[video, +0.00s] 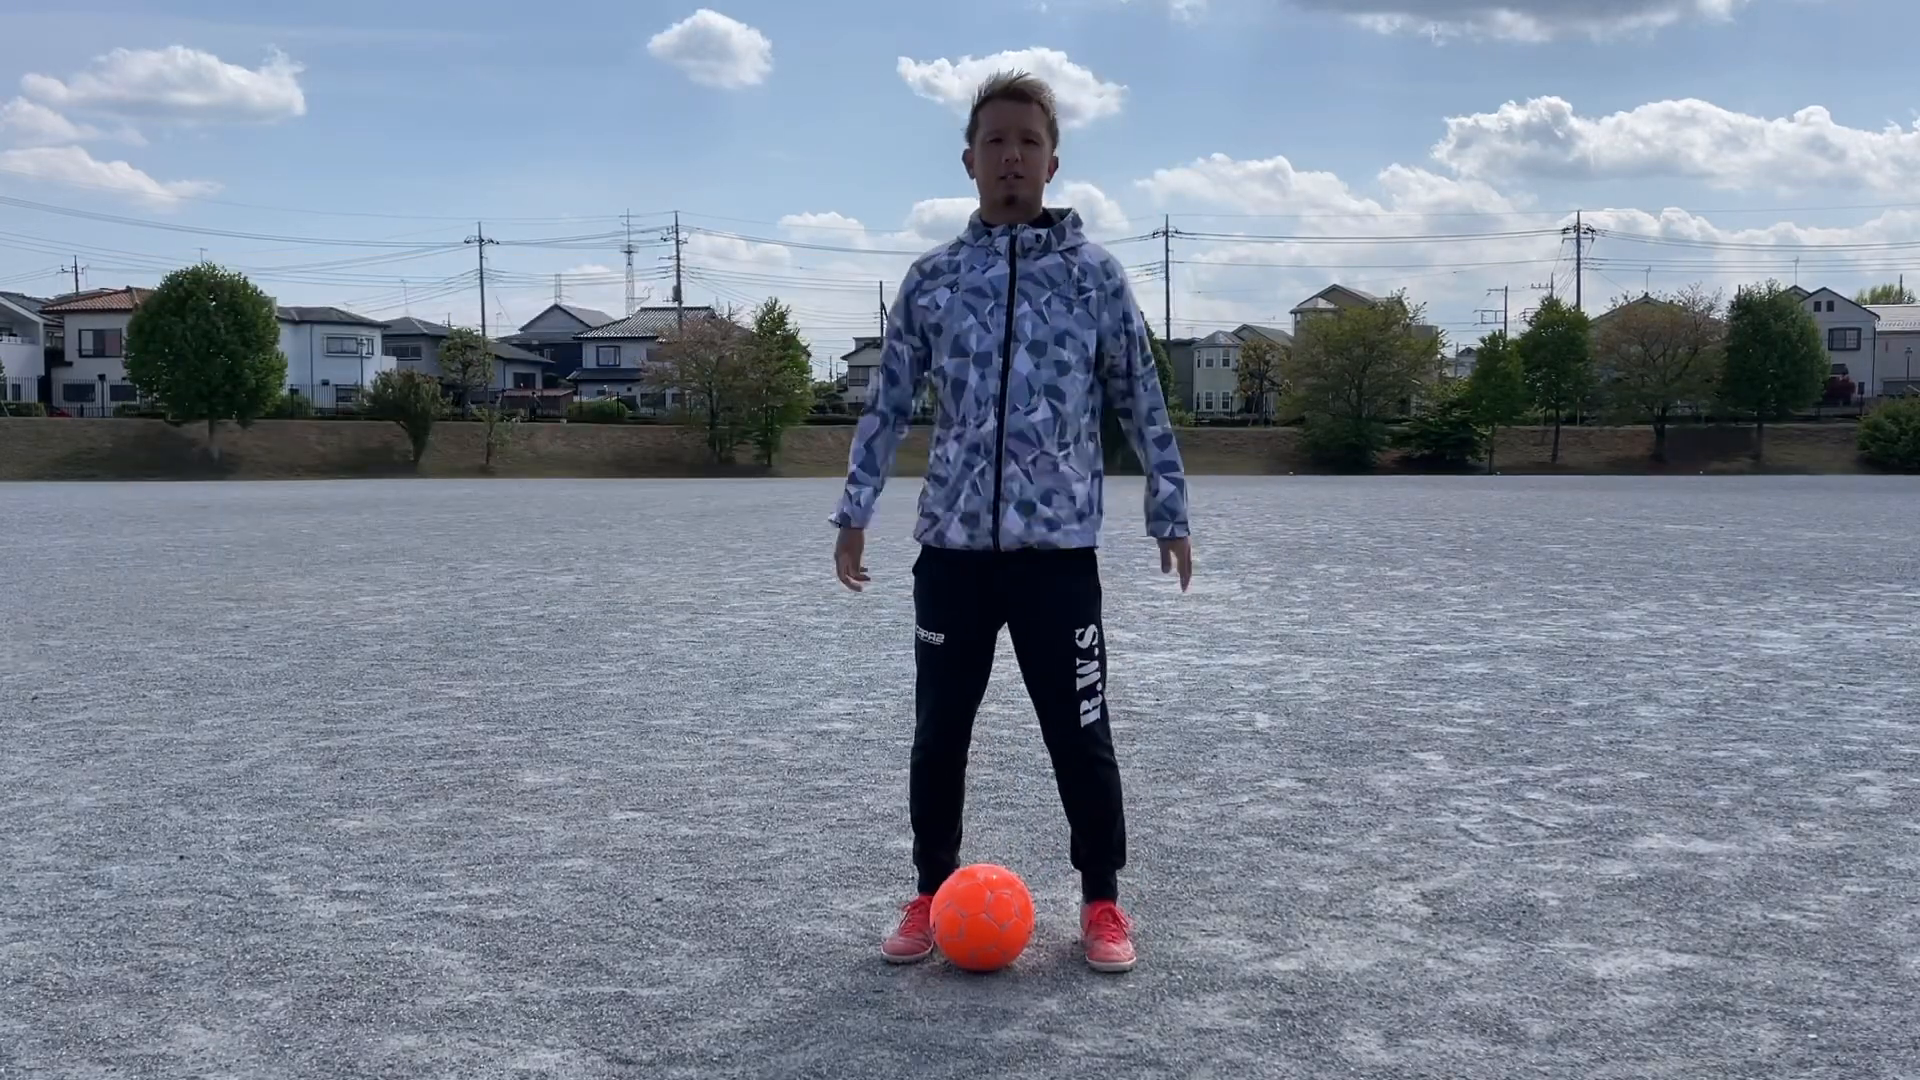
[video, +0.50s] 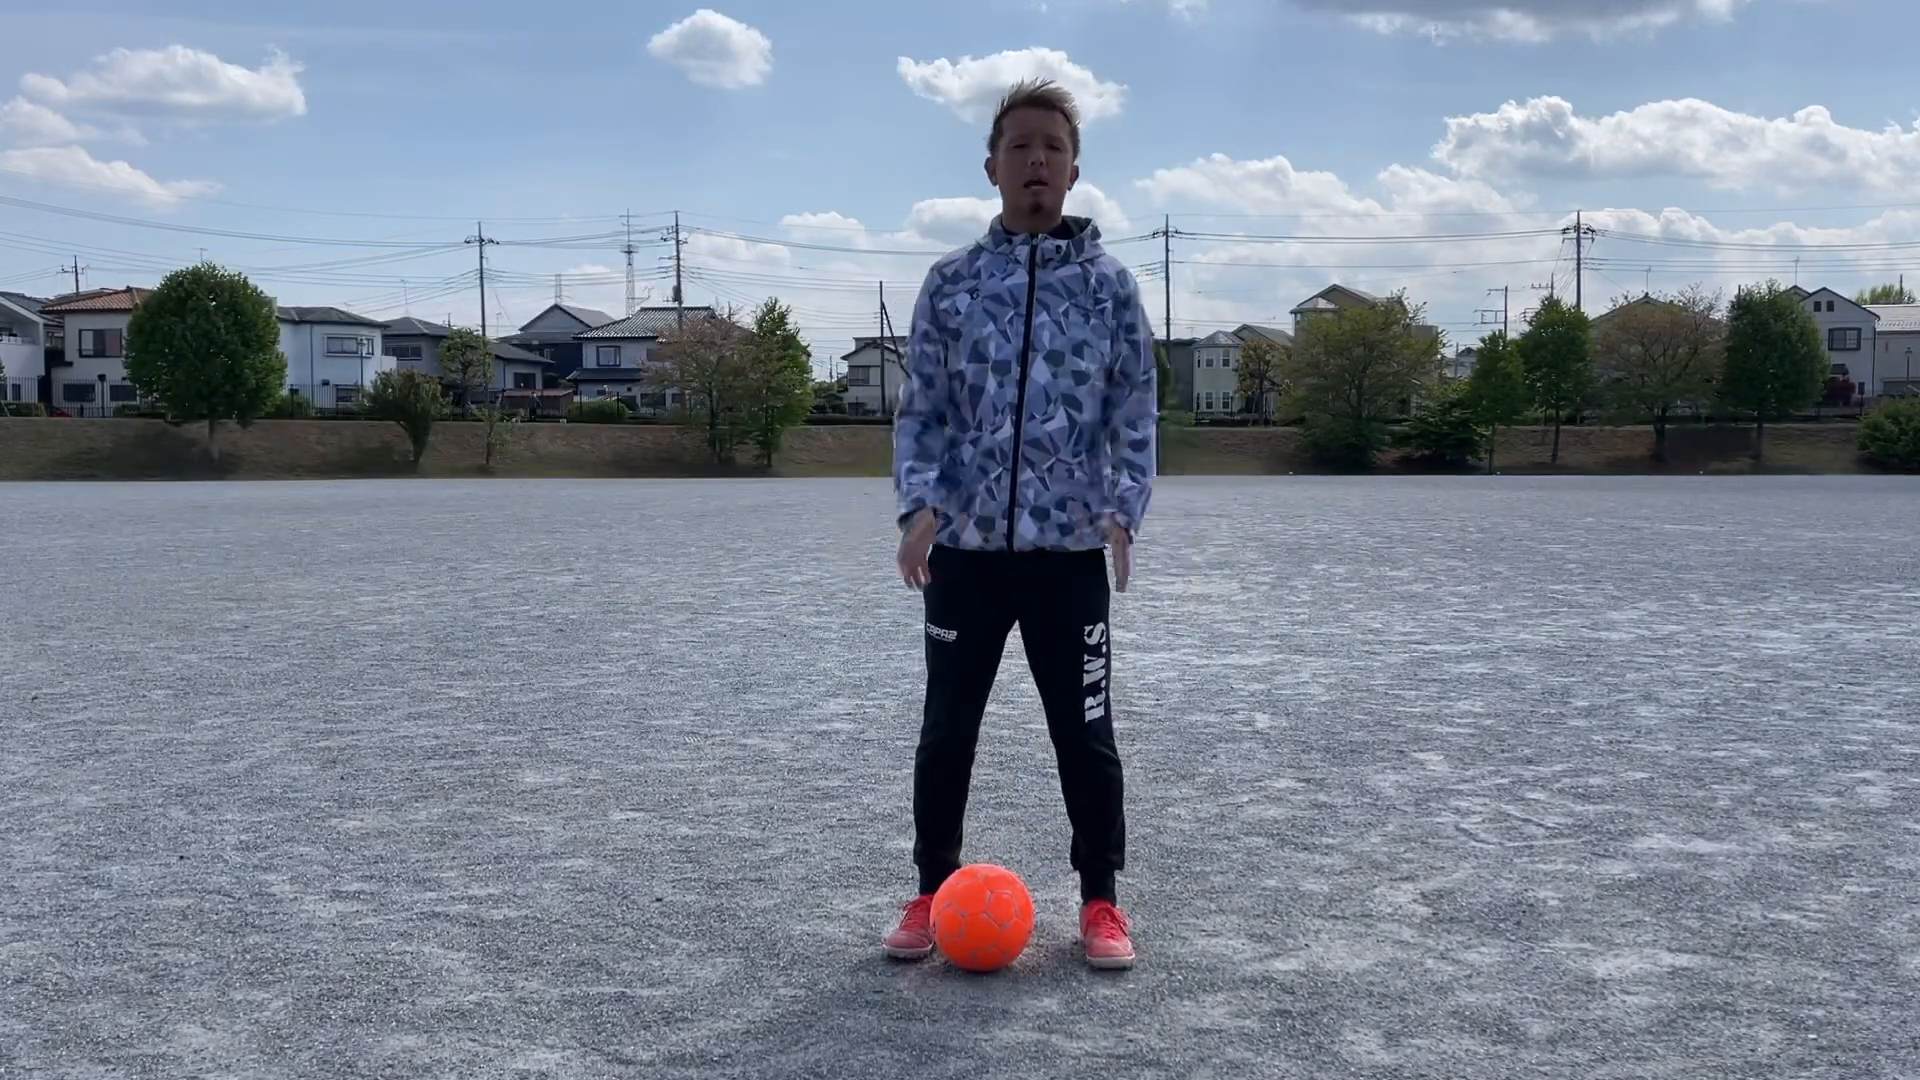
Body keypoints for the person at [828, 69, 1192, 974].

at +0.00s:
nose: (1012, 157)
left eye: (1030, 142)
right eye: (994, 141)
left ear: (1053, 159)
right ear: (969, 157)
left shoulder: (1092, 271)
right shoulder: (933, 277)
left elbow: (1141, 400)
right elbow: (888, 402)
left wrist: (1170, 509)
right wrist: (854, 511)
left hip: (1057, 542)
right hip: (953, 541)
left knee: (1080, 731)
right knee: (938, 731)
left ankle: (1102, 906)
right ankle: (931, 898)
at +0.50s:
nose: (1037, 160)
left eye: (1053, 146)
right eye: (1020, 145)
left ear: (1075, 165)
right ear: (992, 162)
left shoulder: (1107, 282)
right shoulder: (952, 280)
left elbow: (1135, 407)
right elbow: (921, 408)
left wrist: (1124, 504)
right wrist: (920, 503)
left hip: (1069, 542)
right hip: (966, 540)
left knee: (1085, 731)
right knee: (946, 729)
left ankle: (1101, 905)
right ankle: (930, 898)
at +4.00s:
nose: (936, 169)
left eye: (948, 153)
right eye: (916, 156)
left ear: (971, 167)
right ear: (891, 178)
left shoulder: (1023, 279)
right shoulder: (867, 295)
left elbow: (1073, 384)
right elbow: (836, 414)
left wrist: (1002, 399)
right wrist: (918, 414)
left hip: (1012, 535)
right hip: (913, 540)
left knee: (1055, 708)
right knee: (916, 723)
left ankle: (1094, 886)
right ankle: (927, 892)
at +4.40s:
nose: (900, 179)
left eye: (912, 161)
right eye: (881, 167)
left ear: (937, 166)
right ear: (858, 185)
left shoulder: (1000, 267)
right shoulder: (847, 301)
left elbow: (1057, 369)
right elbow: (827, 426)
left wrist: (987, 403)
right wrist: (906, 427)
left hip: (1013, 532)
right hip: (911, 545)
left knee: (1075, 702)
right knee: (917, 726)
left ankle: (1133, 875)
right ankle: (929, 889)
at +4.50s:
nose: (903, 180)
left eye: (915, 162)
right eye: (883, 168)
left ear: (941, 168)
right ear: (860, 184)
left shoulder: (1003, 266)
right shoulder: (850, 302)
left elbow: (1061, 368)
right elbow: (832, 423)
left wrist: (992, 406)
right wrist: (907, 424)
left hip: (1015, 531)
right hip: (913, 544)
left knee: (1073, 702)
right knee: (918, 727)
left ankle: (1127, 877)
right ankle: (928, 891)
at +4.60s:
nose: (914, 179)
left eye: (925, 160)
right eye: (893, 167)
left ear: (949, 166)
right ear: (870, 183)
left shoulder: (1011, 268)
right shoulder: (856, 299)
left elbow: (1068, 373)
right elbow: (837, 419)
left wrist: (995, 406)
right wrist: (910, 421)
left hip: (1019, 532)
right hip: (917, 544)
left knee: (1069, 707)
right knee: (920, 729)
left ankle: (1117, 882)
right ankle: (928, 895)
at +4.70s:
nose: (929, 175)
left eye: (941, 158)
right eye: (909, 165)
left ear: (965, 166)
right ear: (885, 184)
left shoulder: (1024, 271)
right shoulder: (869, 297)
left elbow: (1078, 377)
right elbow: (846, 420)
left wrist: (1002, 416)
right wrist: (915, 427)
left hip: (1020, 534)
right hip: (922, 543)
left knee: (1063, 716)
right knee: (924, 729)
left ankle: (1104, 893)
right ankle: (929, 893)